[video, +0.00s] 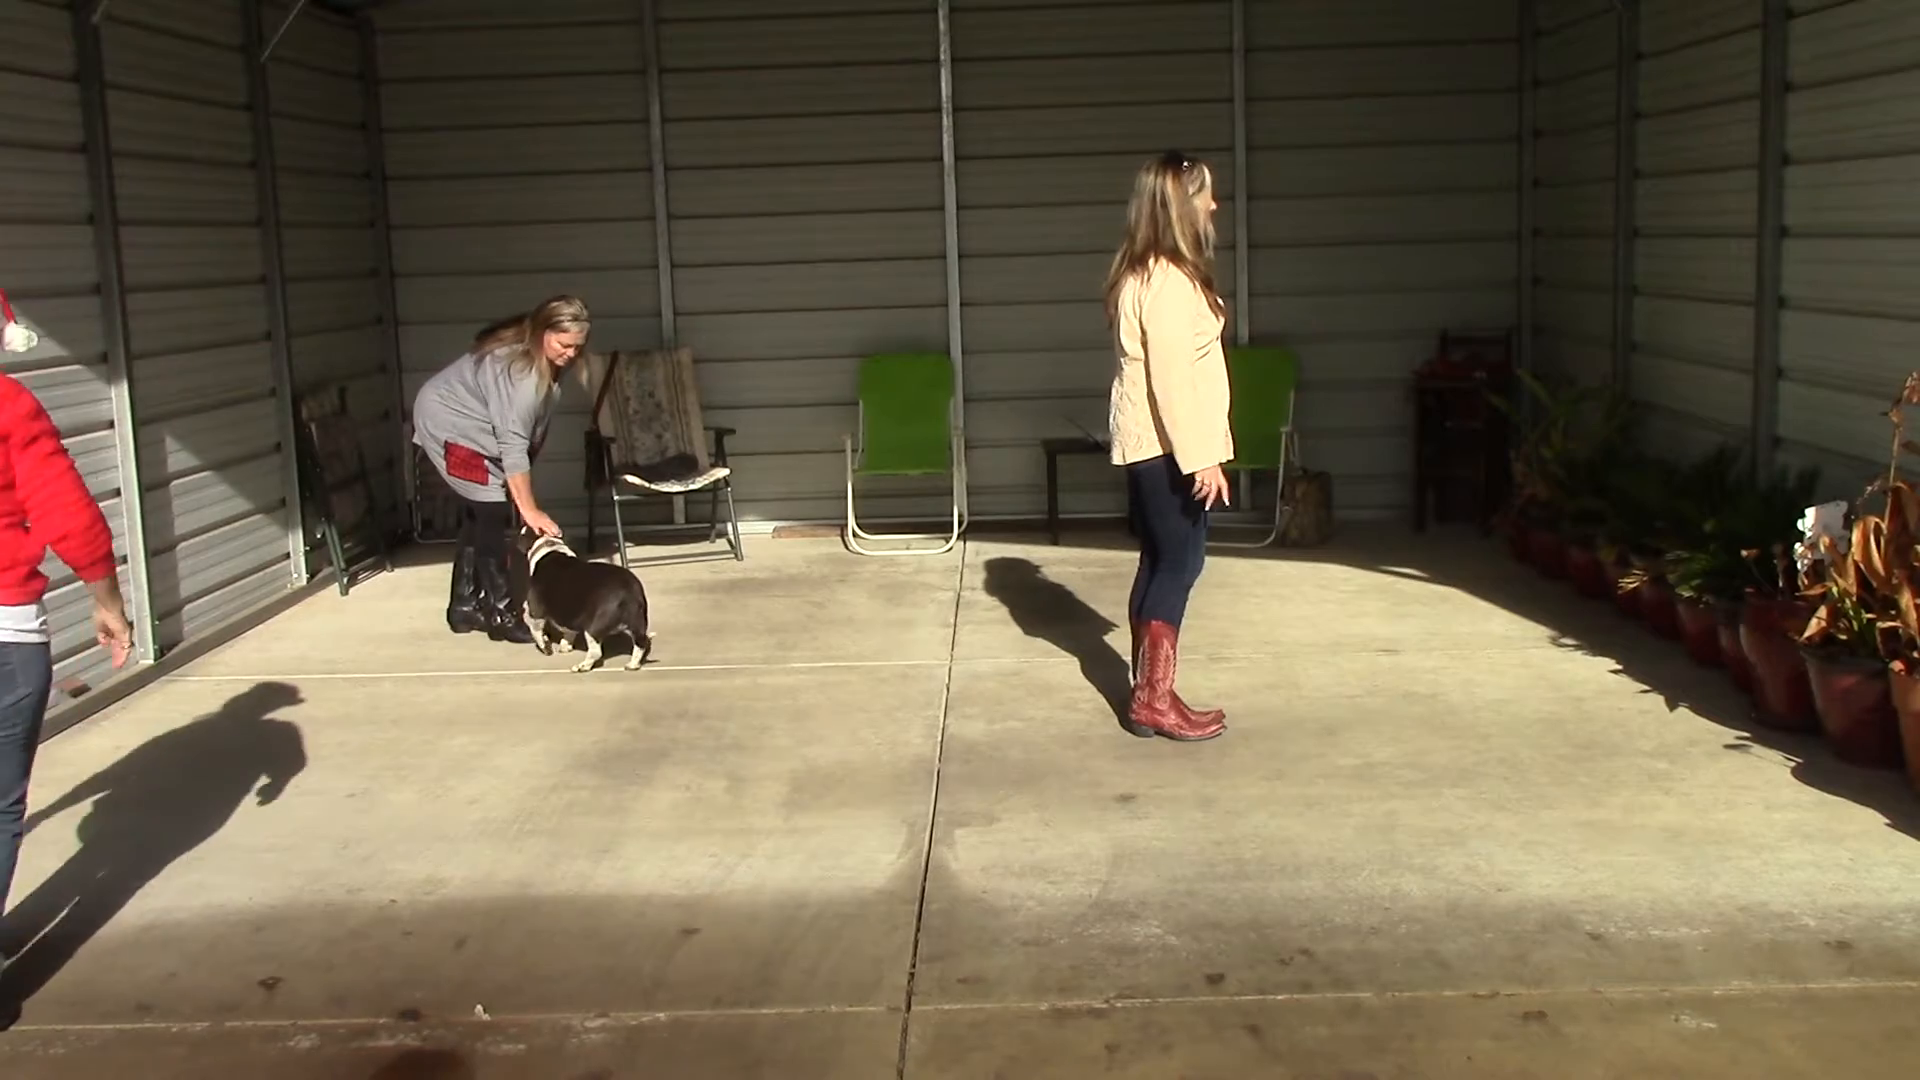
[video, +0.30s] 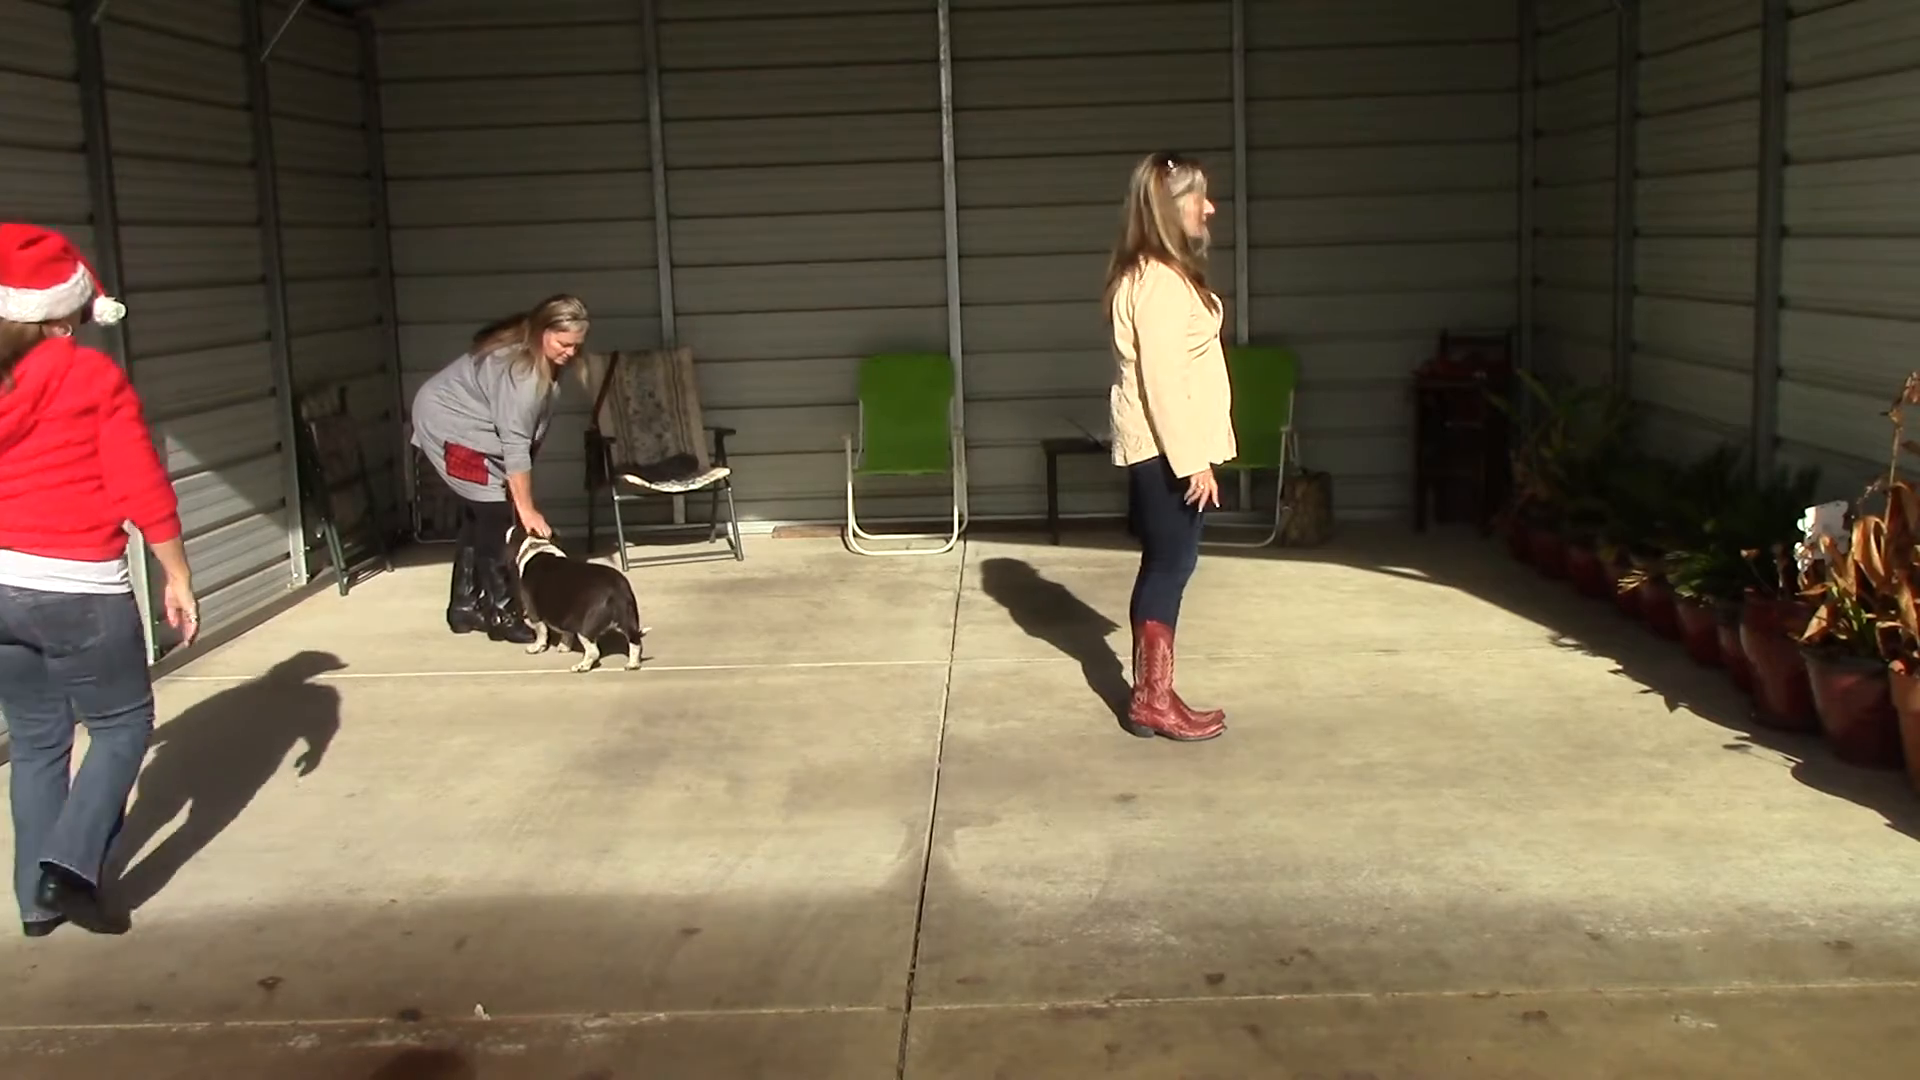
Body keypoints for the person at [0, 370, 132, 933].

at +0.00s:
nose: (9, 338)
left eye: (7, 328)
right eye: (6, 329)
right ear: (0, 329)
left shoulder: (14, 403)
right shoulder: (10, 403)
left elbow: (68, 513)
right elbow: (70, 515)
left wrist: (103, 596)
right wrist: (105, 596)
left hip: (12, 645)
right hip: (10, 645)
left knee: (6, 815)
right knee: (3, 816)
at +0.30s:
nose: (88, 320)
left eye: (84, 308)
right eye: (81, 308)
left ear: (12, 310)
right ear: (61, 310)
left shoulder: (11, 371)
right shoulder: (93, 375)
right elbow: (140, 482)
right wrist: (177, 573)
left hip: (8, 595)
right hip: (81, 594)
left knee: (33, 743)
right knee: (120, 722)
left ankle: (37, 901)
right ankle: (73, 862)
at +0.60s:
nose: (195, 309)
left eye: (194, 298)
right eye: (191, 298)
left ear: (126, 304)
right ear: (167, 304)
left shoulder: (79, 363)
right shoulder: (182, 363)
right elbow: (201, 473)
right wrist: (234, 556)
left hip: (87, 558)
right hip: (172, 555)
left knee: (123, 690)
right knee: (219, 680)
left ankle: (69, 817)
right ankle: (230, 815)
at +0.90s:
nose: (262, 298)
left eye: (261, 287)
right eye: (255, 286)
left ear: (210, 295)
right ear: (225, 291)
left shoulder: (176, 347)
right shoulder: (227, 350)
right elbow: (235, 455)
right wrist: (311, 510)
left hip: (187, 522)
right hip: (231, 526)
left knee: (270, 644)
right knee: (268, 662)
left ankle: (277, 752)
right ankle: (229, 811)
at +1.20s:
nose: (298, 284)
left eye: (297, 273)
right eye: (289, 274)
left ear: (262, 278)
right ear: (254, 279)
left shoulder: (271, 333)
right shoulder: (237, 336)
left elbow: (283, 432)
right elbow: (238, 439)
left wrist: (330, 486)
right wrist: (320, 487)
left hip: (273, 501)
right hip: (245, 505)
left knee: (301, 626)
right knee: (299, 630)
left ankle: (281, 747)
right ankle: (234, 762)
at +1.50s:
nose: (302, 272)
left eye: (303, 261)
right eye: (289, 263)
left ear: (297, 261)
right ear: (252, 267)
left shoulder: (299, 329)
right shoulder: (231, 326)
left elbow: (313, 419)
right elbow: (230, 421)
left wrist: (331, 488)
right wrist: (313, 408)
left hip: (299, 497)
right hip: (253, 500)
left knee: (284, 631)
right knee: (260, 633)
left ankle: (281, 744)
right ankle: (249, 761)